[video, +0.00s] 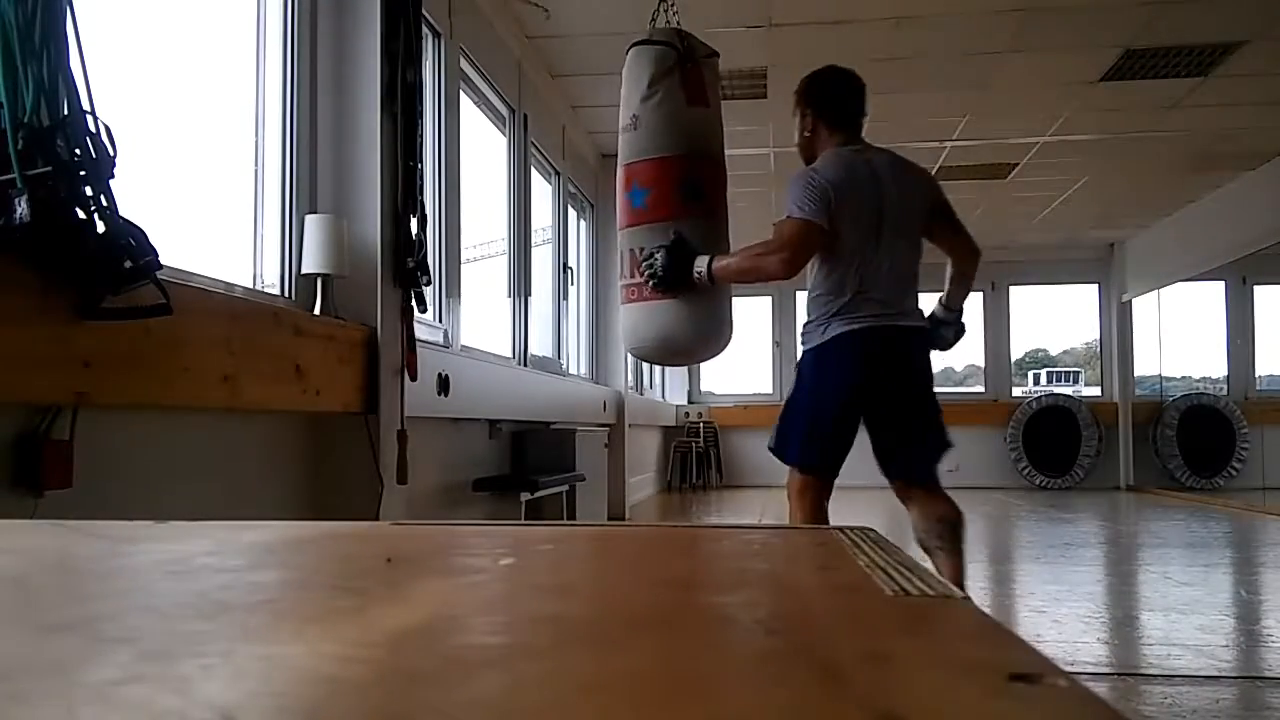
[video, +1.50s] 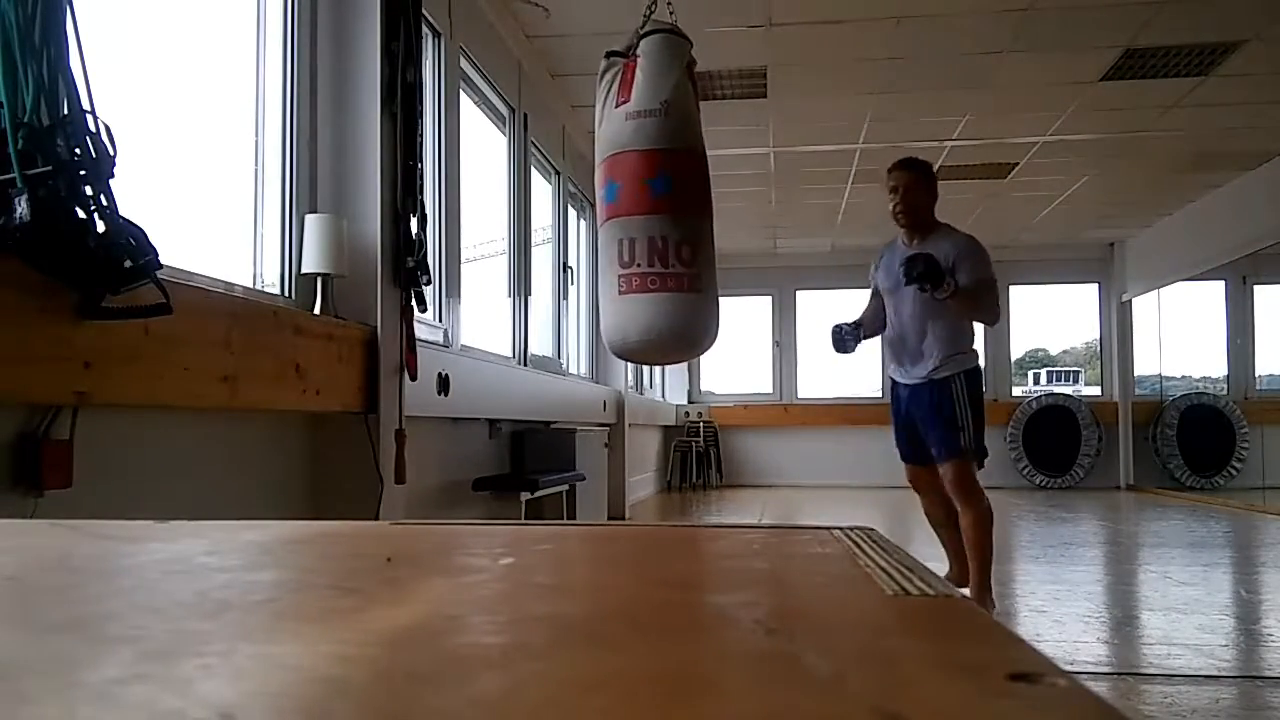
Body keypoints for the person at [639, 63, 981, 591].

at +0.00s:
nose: (795, 130)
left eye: (797, 117)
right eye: (796, 117)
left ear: (812, 119)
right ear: (858, 117)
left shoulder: (818, 180)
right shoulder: (912, 177)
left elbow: (782, 260)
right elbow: (966, 253)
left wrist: (697, 268)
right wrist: (951, 310)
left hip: (840, 349)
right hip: (905, 346)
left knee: (808, 487)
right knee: (917, 483)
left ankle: (813, 614)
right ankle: (954, 600)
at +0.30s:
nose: (771, 154)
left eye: (776, 142)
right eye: (773, 143)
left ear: (802, 143)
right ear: (822, 145)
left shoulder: (820, 189)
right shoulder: (858, 197)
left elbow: (803, 242)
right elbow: (883, 281)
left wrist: (730, 263)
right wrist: (858, 326)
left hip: (826, 355)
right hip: (861, 353)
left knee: (801, 485)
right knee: (838, 481)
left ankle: (818, 583)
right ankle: (850, 583)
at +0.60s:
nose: (788, 166)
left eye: (796, 156)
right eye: (790, 157)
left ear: (827, 160)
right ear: (822, 162)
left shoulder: (859, 204)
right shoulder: (813, 225)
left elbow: (902, 269)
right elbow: (808, 295)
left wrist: (878, 323)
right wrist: (778, 346)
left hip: (857, 361)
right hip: (821, 367)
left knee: (835, 471)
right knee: (815, 478)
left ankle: (869, 584)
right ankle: (834, 579)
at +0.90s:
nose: (860, 175)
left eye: (870, 166)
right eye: (858, 166)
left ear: (900, 172)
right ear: (858, 171)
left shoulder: (924, 226)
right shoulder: (850, 232)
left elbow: (949, 293)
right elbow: (850, 302)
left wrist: (900, 315)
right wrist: (833, 354)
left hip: (904, 377)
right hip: (849, 375)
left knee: (937, 481)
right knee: (836, 481)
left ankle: (978, 583)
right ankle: (840, 591)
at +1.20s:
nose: (913, 176)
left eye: (923, 167)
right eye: (909, 168)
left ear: (951, 173)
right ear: (905, 174)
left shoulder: (976, 240)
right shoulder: (895, 230)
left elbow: (992, 312)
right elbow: (886, 290)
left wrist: (943, 316)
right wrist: (867, 339)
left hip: (943, 374)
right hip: (890, 372)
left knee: (966, 484)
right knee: (878, 472)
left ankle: (981, 594)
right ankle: (899, 581)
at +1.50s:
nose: (896, 201)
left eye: (906, 190)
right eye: (891, 192)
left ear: (931, 193)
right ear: (887, 199)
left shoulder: (962, 248)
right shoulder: (887, 259)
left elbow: (991, 313)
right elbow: (879, 313)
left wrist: (945, 288)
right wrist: (855, 329)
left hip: (950, 378)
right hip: (904, 383)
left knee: (960, 484)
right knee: (923, 481)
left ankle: (983, 594)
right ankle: (959, 568)